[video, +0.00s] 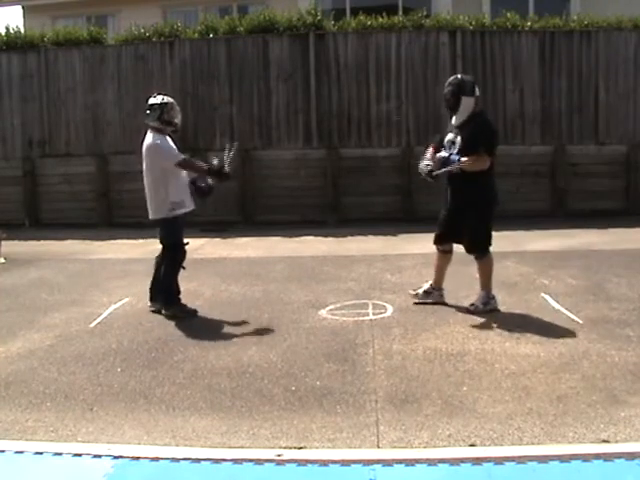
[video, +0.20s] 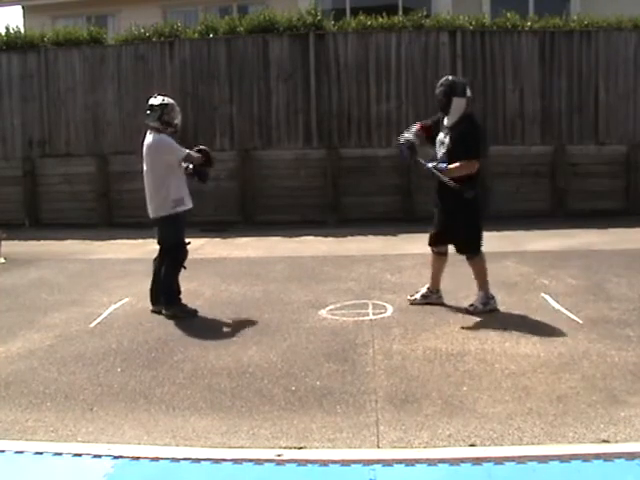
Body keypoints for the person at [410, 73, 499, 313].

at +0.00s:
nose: (447, 101)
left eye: (452, 96)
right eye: (447, 96)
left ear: (467, 98)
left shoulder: (481, 124)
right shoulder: (456, 123)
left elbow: (484, 161)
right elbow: (448, 151)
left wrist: (451, 165)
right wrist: (433, 157)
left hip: (478, 200)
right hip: (457, 197)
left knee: (479, 247)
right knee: (444, 241)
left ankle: (486, 295)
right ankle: (436, 287)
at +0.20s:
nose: (441, 103)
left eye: (447, 98)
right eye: (442, 98)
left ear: (459, 100)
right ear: (450, 100)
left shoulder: (470, 126)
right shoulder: (443, 122)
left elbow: (472, 164)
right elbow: (421, 129)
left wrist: (444, 169)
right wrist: (410, 136)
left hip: (465, 196)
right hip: (447, 194)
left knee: (470, 247)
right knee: (439, 243)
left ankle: (485, 295)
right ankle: (433, 289)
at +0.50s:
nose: (422, 100)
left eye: (426, 97)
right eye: (424, 97)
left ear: (437, 101)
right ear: (443, 101)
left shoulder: (443, 127)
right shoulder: (446, 120)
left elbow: (438, 164)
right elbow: (426, 98)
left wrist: (414, 165)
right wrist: (403, 102)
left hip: (441, 193)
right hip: (435, 191)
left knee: (439, 243)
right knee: (432, 242)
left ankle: (474, 286)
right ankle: (432, 289)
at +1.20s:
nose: (427, 101)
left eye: (431, 96)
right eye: (427, 96)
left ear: (443, 100)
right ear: (441, 100)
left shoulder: (455, 125)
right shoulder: (437, 123)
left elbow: (454, 164)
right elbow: (411, 122)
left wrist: (424, 159)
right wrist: (388, 110)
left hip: (451, 198)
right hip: (438, 196)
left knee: (459, 247)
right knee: (432, 243)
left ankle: (483, 293)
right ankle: (431, 290)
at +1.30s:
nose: (433, 103)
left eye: (438, 98)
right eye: (433, 98)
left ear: (451, 100)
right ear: (444, 100)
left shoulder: (465, 125)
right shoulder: (442, 125)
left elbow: (459, 160)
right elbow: (419, 148)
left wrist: (432, 148)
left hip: (465, 199)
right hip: (447, 198)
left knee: (474, 247)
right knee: (439, 243)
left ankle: (486, 295)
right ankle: (433, 290)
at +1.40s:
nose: (437, 101)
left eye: (441, 97)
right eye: (436, 96)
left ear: (456, 99)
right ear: (440, 100)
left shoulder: (469, 125)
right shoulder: (446, 124)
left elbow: (461, 156)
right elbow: (431, 151)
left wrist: (435, 140)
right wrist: (411, 167)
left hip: (473, 198)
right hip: (452, 197)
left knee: (479, 246)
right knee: (442, 241)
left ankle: (486, 295)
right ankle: (435, 289)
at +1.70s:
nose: (440, 105)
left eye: (444, 100)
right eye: (439, 100)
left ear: (458, 101)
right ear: (448, 101)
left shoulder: (474, 127)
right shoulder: (449, 127)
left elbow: (484, 159)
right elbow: (446, 163)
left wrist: (456, 167)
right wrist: (421, 174)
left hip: (471, 200)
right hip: (450, 197)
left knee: (475, 248)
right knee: (436, 241)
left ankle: (486, 296)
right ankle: (436, 290)